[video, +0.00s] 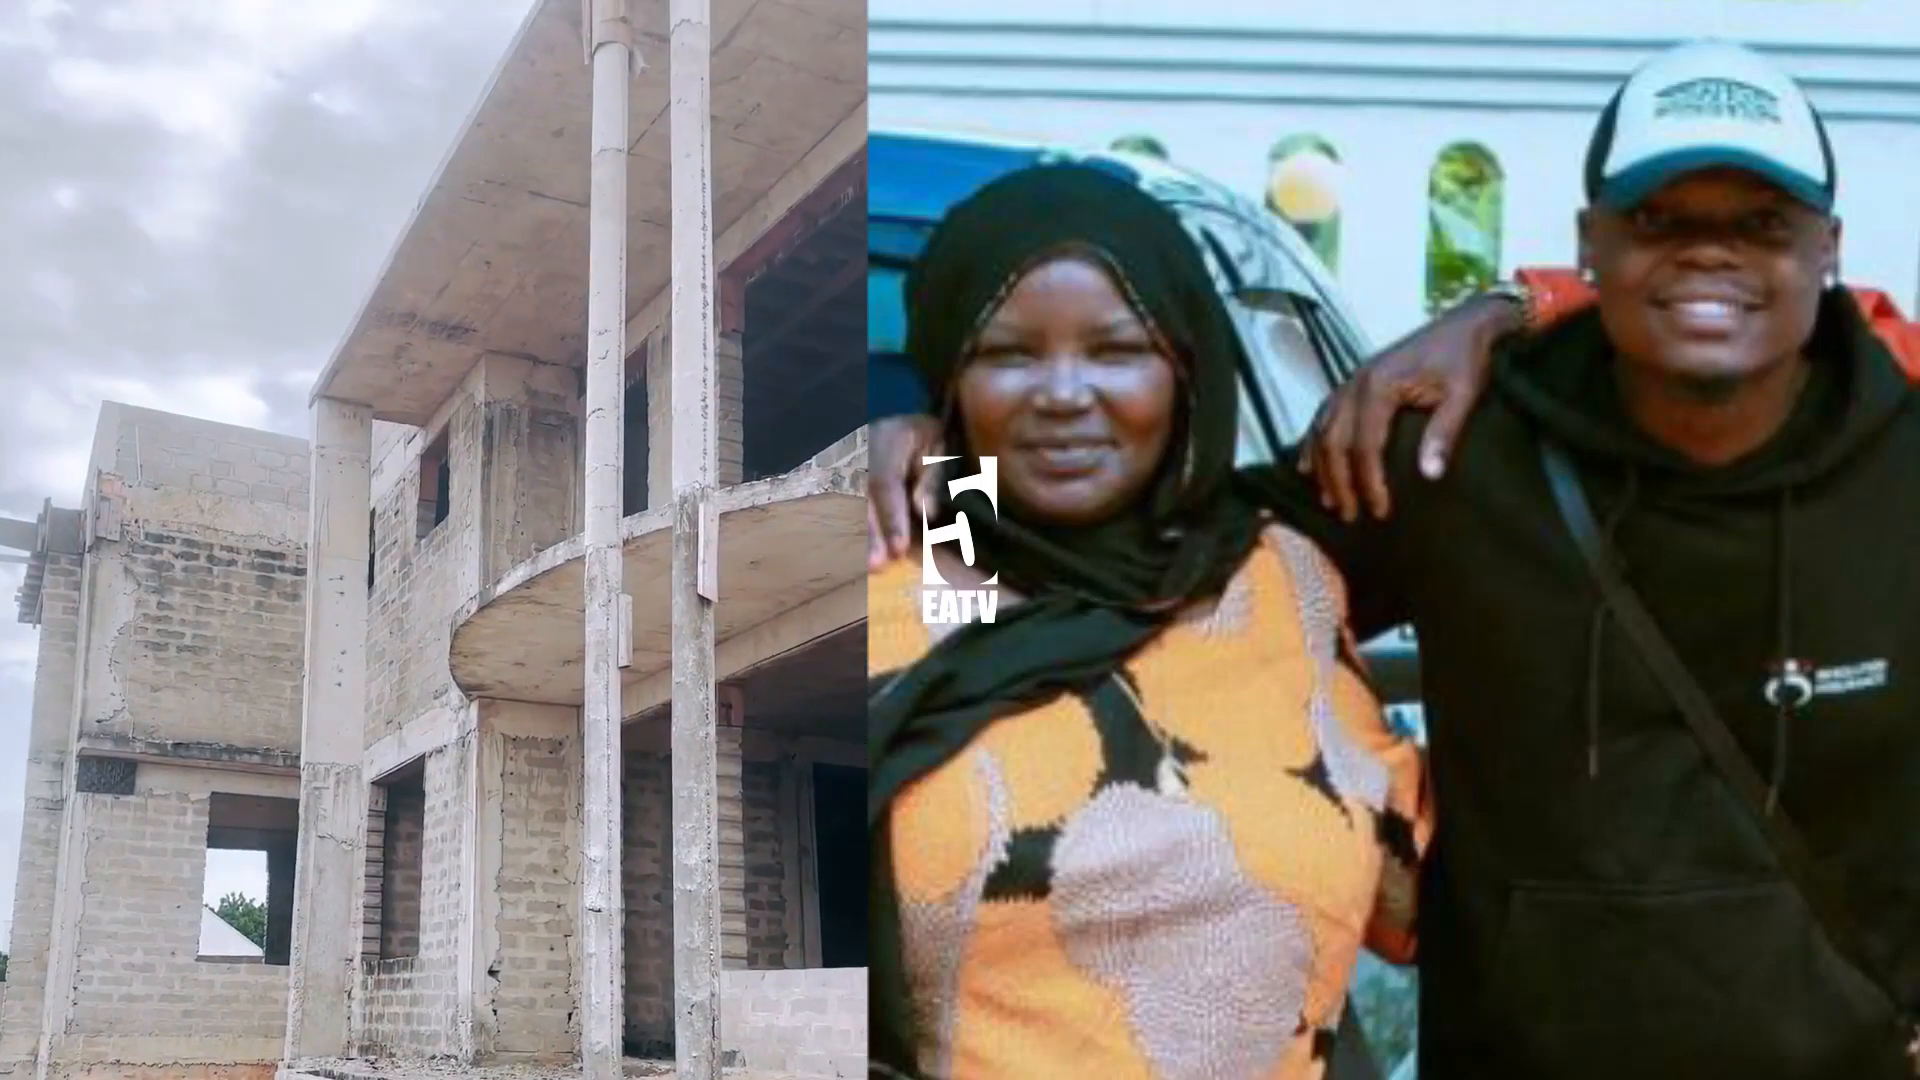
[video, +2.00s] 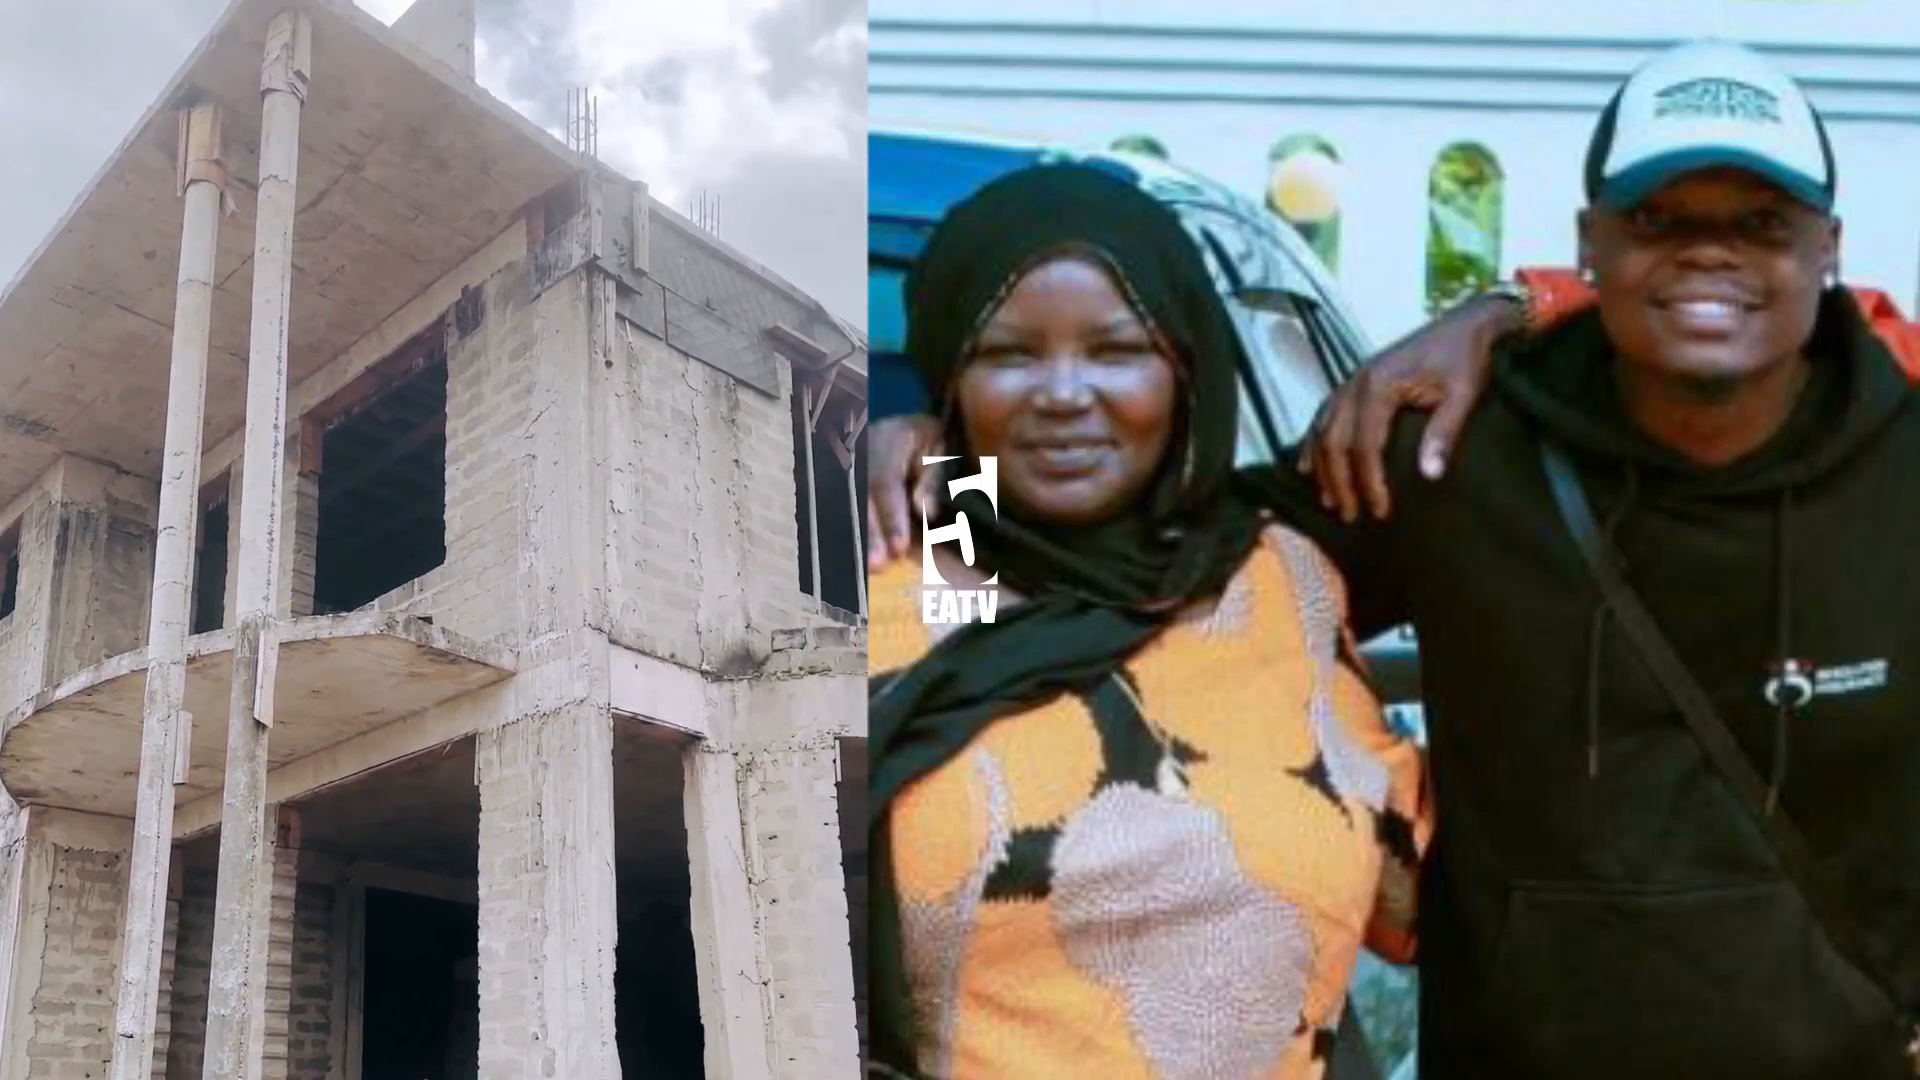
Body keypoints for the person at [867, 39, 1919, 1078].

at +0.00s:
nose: (1706, 251)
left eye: (1756, 219)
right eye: (1664, 215)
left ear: (1825, 250)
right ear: (1595, 242)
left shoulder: (1899, 444)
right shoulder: (1462, 448)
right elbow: (1178, 559)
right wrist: (962, 466)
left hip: (1848, 1038)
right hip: (1535, 1046)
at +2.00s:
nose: (1707, 251)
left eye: (1757, 218)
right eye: (1664, 214)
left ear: (1826, 249)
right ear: (1595, 241)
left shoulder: (1899, 445)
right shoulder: (1462, 448)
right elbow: (1174, 559)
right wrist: (958, 463)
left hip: (1849, 1039)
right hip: (1534, 1046)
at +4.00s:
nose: (1706, 251)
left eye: (1757, 219)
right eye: (1664, 215)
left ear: (1826, 250)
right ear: (1595, 242)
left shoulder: (1899, 445)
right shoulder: (1463, 447)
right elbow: (1175, 557)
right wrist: (956, 462)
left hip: (1849, 1037)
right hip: (1535, 1044)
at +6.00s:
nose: (1707, 251)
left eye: (1757, 219)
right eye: (1664, 215)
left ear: (1825, 250)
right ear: (1595, 242)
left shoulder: (1898, 445)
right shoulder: (1464, 447)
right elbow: (1176, 557)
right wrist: (961, 457)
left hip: (1849, 1038)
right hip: (1536, 1044)